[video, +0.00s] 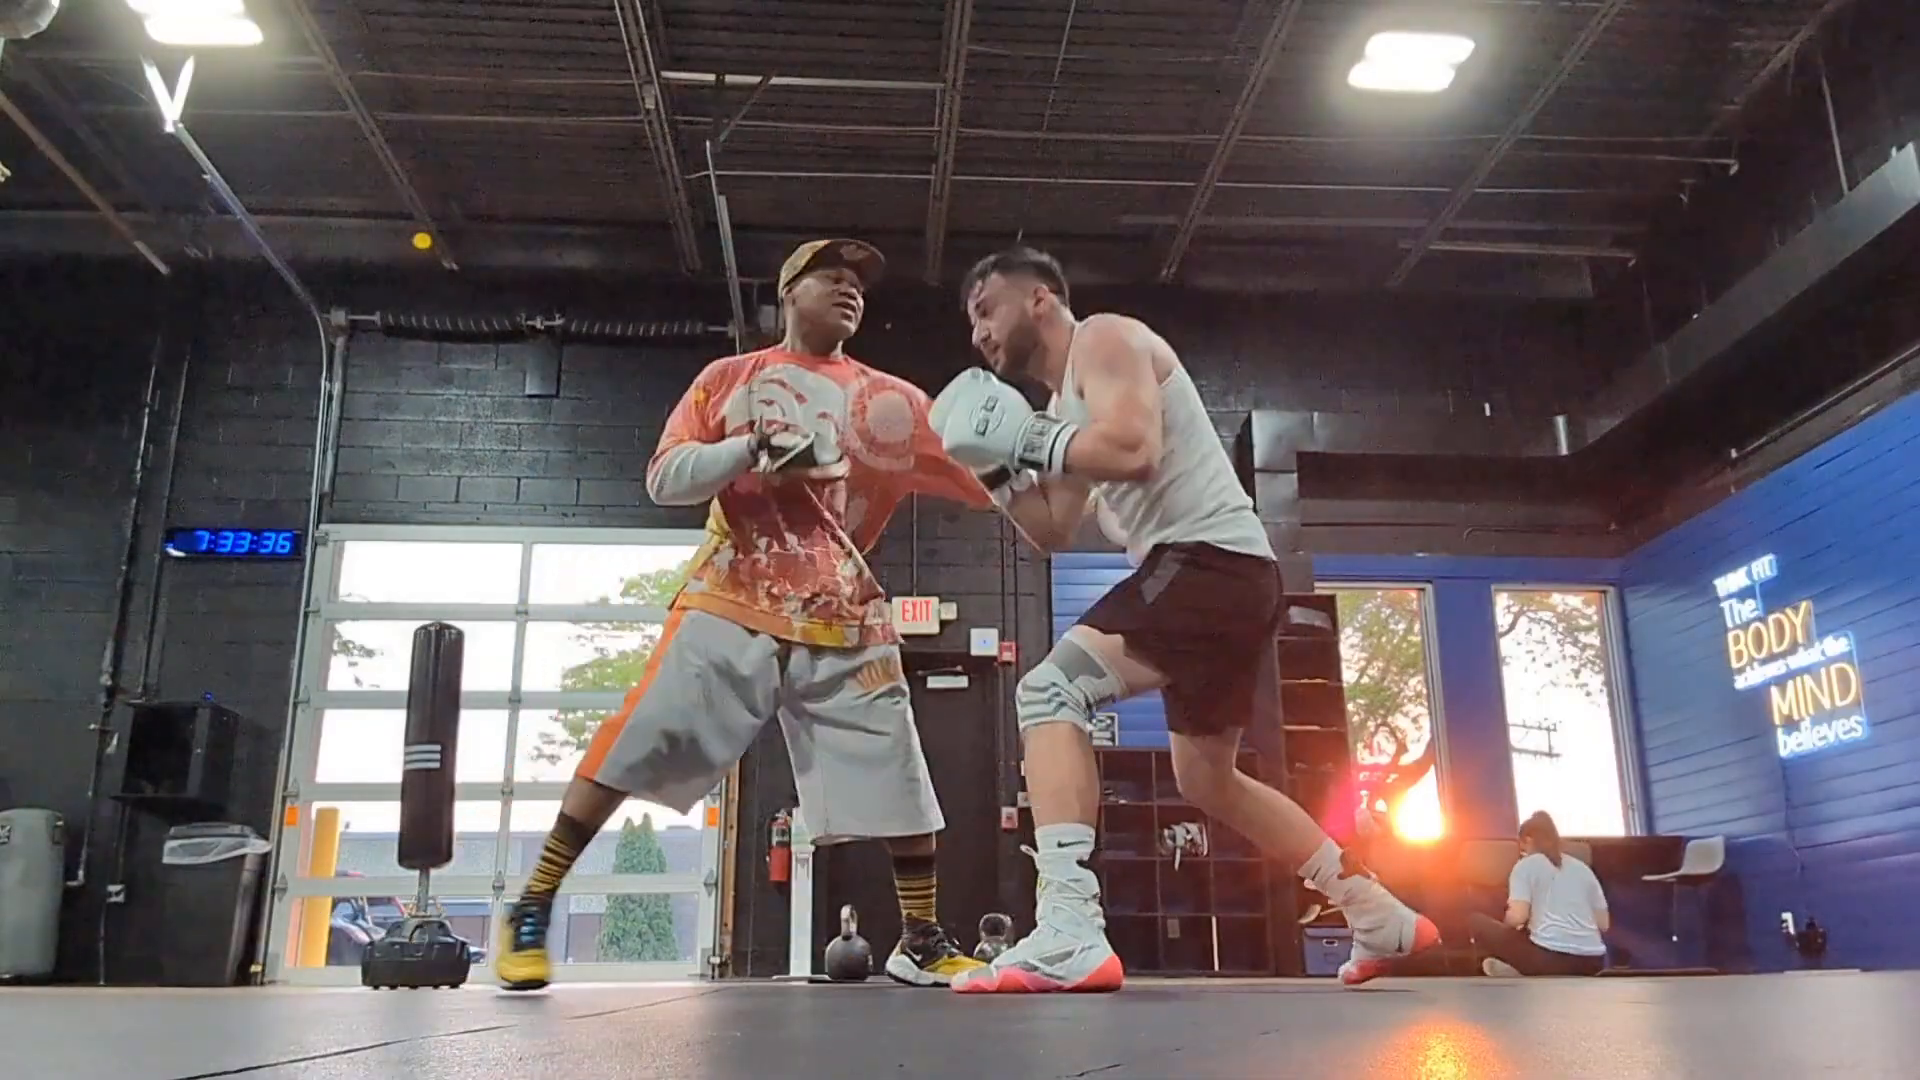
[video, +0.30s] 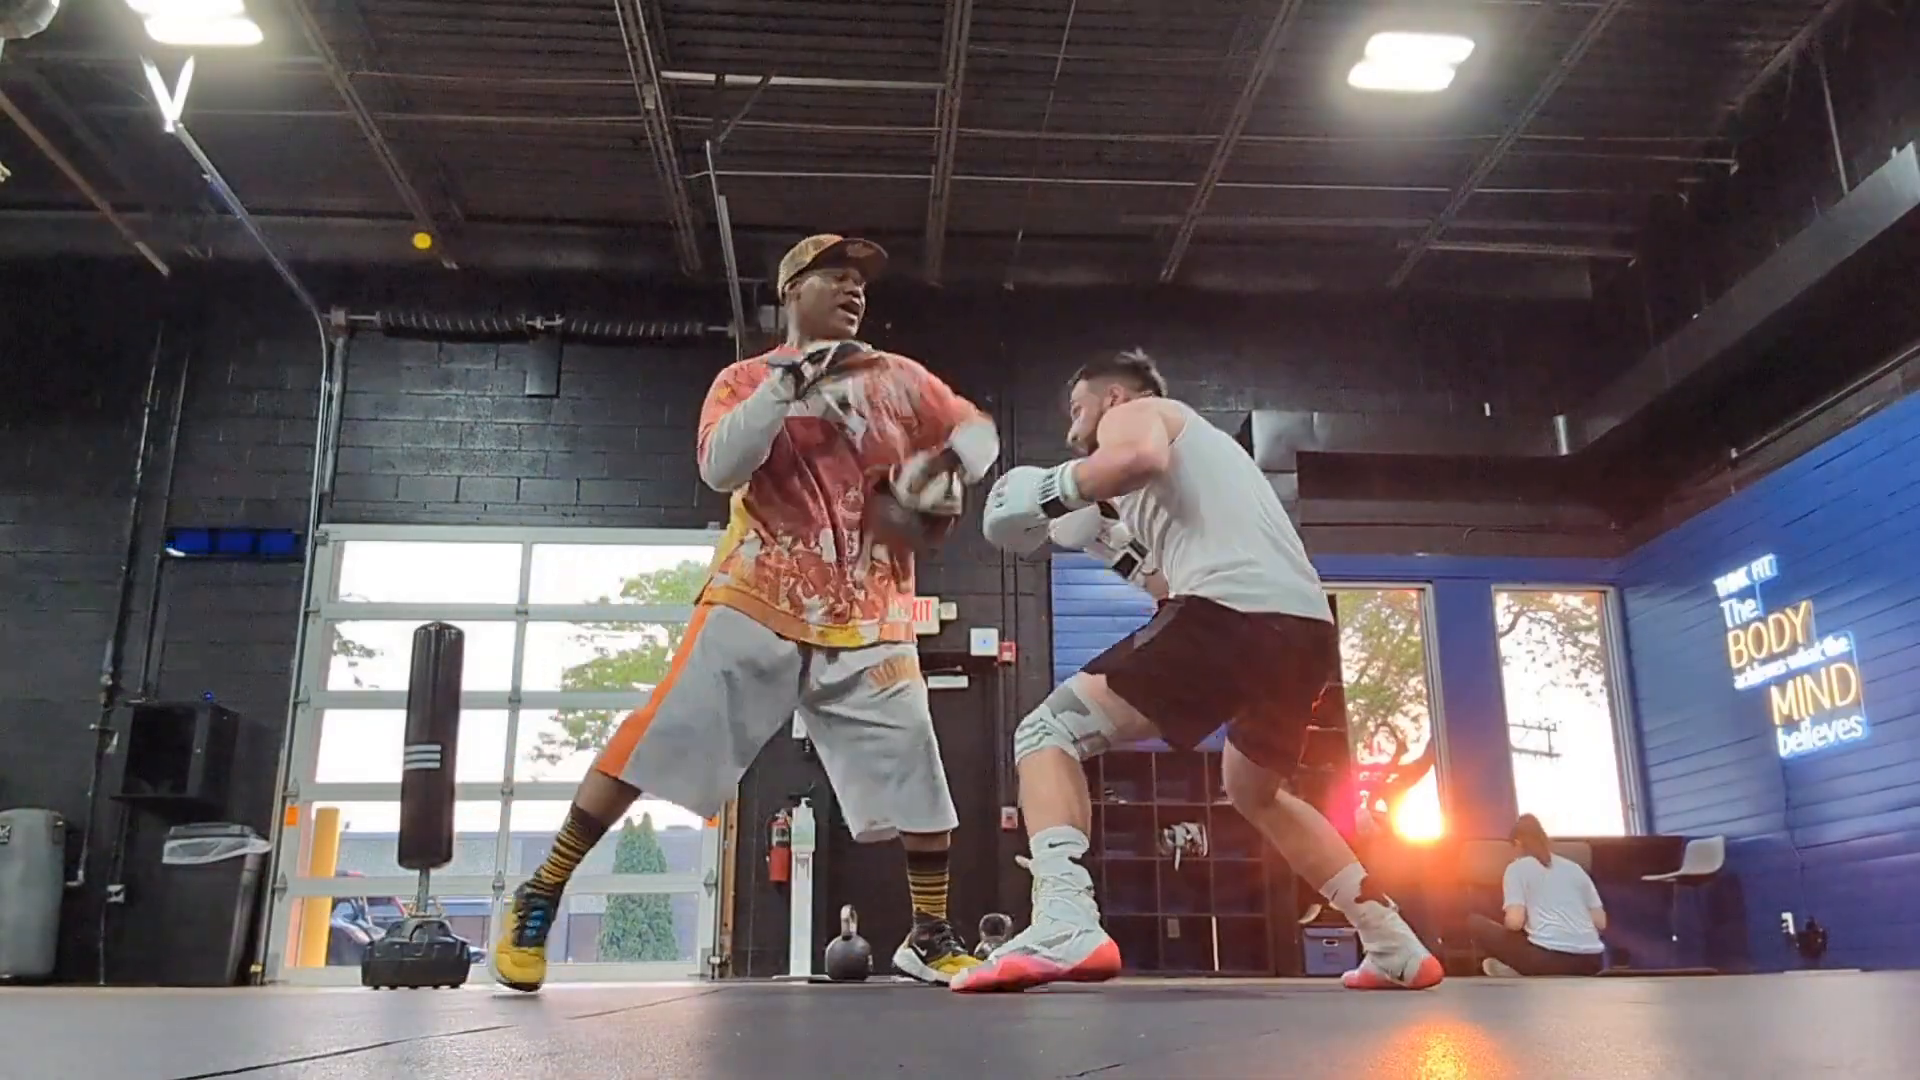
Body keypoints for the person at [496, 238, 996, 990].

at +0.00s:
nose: (851, 290)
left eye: (859, 284)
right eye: (834, 275)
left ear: (860, 308)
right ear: (789, 291)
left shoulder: (891, 400)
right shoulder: (731, 376)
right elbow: (665, 480)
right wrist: (753, 449)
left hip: (844, 606)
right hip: (734, 592)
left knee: (898, 768)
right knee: (646, 734)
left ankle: (922, 937)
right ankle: (530, 906)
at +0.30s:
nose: (853, 287)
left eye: (860, 280)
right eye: (836, 274)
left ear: (863, 300)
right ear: (792, 289)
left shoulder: (901, 377)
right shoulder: (747, 379)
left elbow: (980, 430)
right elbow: (720, 467)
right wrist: (790, 381)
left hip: (870, 603)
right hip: (761, 590)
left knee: (914, 748)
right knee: (661, 729)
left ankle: (932, 932)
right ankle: (541, 896)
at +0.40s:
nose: (843, 311)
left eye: (843, 300)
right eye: (828, 300)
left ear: (837, 317)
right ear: (785, 313)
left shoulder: (870, 407)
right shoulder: (731, 398)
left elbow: (897, 504)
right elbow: (754, 472)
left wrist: (910, 553)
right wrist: (786, 366)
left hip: (858, 625)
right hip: (746, 622)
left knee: (925, 774)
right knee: (637, 759)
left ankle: (931, 939)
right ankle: (510, 910)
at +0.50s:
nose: (801, 313)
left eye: (800, 304)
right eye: (783, 301)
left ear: (784, 323)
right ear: (733, 314)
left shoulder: (807, 409)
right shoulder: (701, 398)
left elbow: (807, 523)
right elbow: (804, 456)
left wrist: (849, 537)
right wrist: (869, 363)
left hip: (819, 627)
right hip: (709, 628)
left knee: (890, 763)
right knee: (608, 778)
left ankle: (929, 938)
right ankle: (492, 933)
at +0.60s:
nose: (742, 300)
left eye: (742, 290)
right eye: (724, 288)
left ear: (727, 307)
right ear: (675, 300)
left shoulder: (747, 396)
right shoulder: (640, 381)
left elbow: (749, 512)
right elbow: (739, 441)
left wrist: (830, 504)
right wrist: (850, 390)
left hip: (761, 619)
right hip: (657, 617)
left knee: (834, 759)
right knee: (570, 773)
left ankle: (897, 927)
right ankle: (476, 938)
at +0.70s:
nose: (687, 280)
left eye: (690, 270)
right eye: (667, 266)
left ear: (695, 291)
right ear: (620, 286)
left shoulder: (723, 377)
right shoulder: (579, 377)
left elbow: (784, 468)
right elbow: (599, 473)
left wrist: (887, 450)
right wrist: (707, 429)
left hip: (723, 606)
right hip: (615, 606)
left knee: (779, 753)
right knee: (549, 767)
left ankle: (770, 928)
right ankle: (472, 935)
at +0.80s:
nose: (642, 281)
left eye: (647, 271)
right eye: (621, 267)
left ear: (654, 291)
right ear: (578, 285)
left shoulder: (703, 368)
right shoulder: (538, 387)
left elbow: (817, 402)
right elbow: (529, 481)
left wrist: (932, 419)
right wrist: (627, 445)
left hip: (697, 612)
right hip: (584, 608)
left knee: (713, 768)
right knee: (538, 771)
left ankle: (660, 892)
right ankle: (472, 936)